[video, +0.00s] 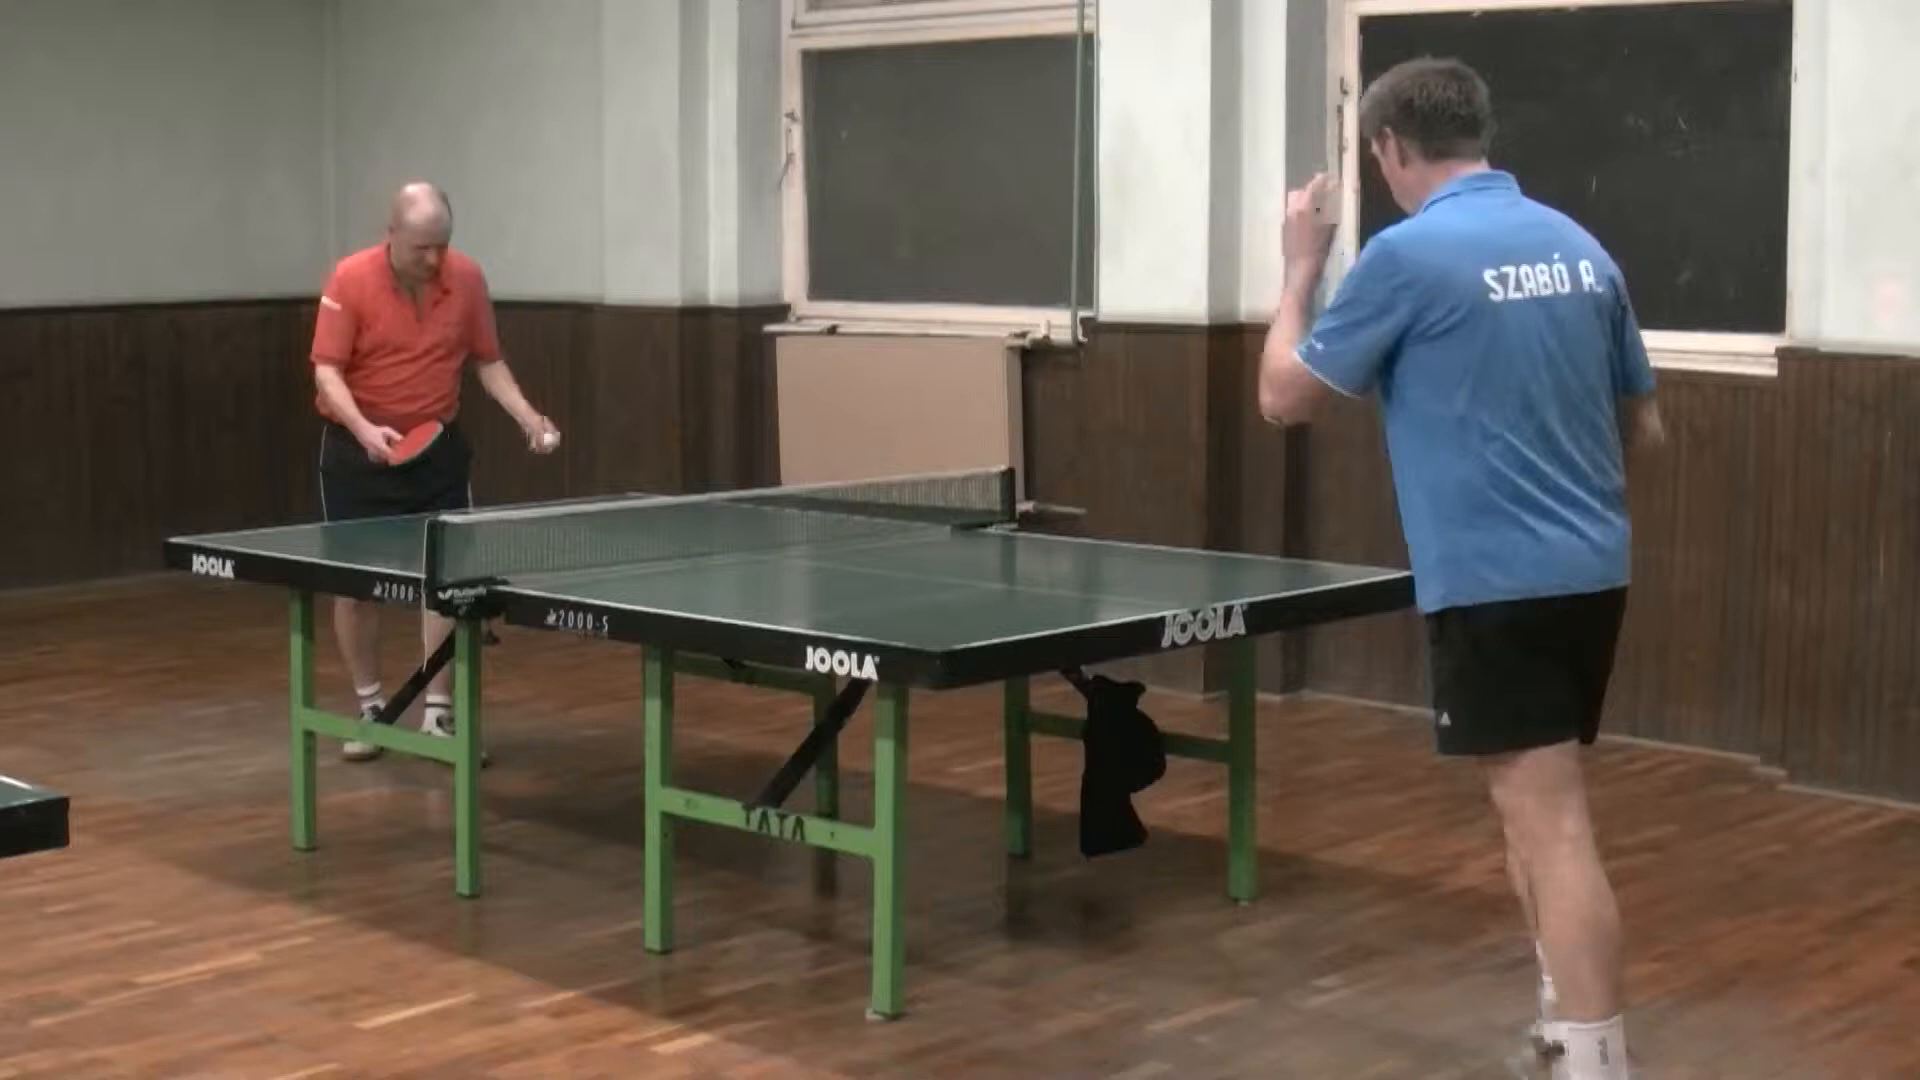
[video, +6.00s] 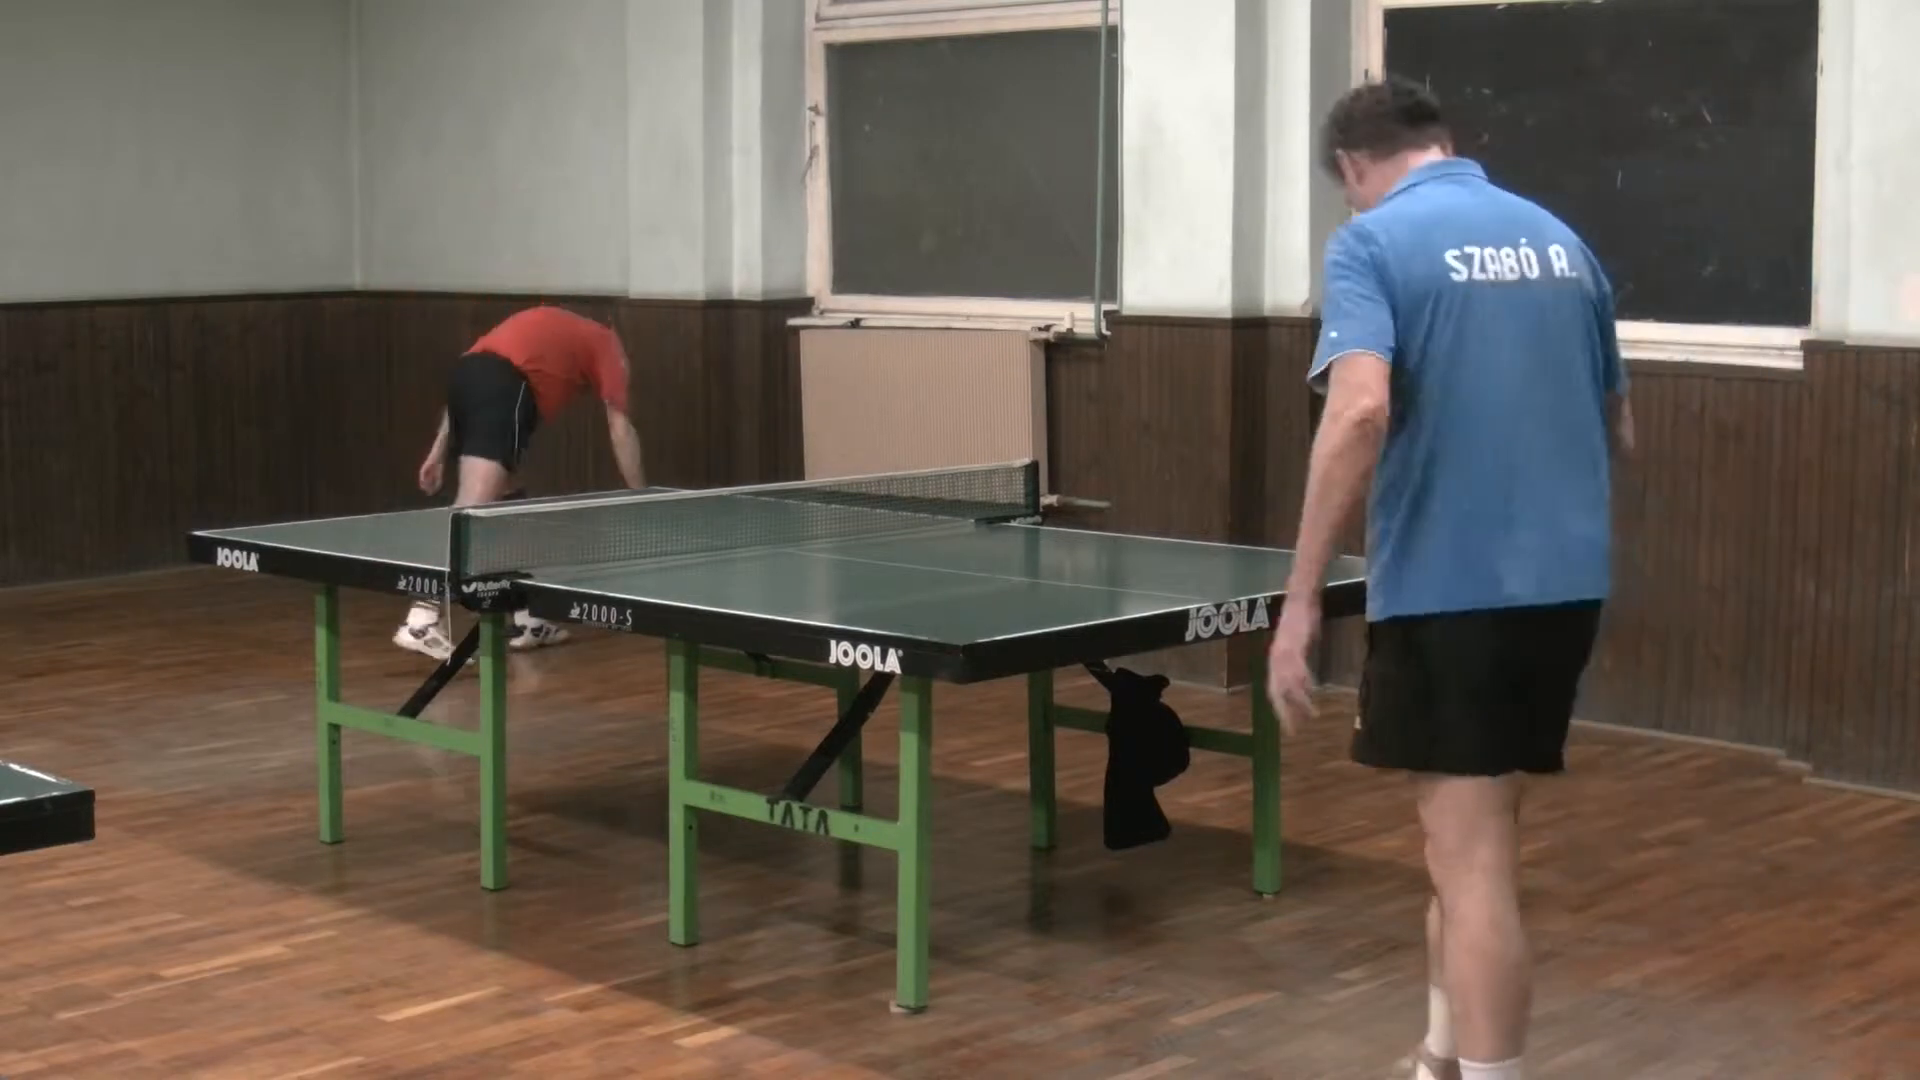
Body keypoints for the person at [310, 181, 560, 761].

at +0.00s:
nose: (434, 258)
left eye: (441, 246)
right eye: (422, 247)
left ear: (450, 236)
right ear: (391, 235)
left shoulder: (465, 277)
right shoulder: (351, 280)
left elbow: (489, 362)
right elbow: (326, 373)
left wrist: (529, 417)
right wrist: (364, 429)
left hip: (438, 450)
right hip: (360, 451)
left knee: (444, 581)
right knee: (354, 582)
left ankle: (438, 711)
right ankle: (370, 709)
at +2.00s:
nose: (404, 273)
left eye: (410, 263)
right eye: (400, 261)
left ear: (391, 247)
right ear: (366, 238)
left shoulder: (389, 277)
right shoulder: (311, 263)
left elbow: (447, 306)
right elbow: (305, 357)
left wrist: (511, 308)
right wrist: (379, 355)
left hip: (362, 433)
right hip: (292, 437)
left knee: (439, 535)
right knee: (298, 581)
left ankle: (478, 668)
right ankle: (304, 712)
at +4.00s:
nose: (291, 271)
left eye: (293, 260)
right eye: (278, 263)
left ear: (295, 258)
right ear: (242, 269)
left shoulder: (309, 295)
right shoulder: (218, 326)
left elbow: (332, 359)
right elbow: (221, 427)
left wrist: (385, 403)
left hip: (296, 458)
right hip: (221, 462)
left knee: (351, 562)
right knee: (180, 576)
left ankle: (361, 685)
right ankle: (152, 704)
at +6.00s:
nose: (621, 364)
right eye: (621, 355)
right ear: (610, 334)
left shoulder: (541, 321)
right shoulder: (604, 341)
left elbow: (468, 378)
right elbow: (620, 431)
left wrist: (438, 450)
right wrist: (642, 499)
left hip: (466, 380)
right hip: (502, 386)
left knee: (510, 511)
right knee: (470, 512)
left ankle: (525, 617)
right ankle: (422, 619)